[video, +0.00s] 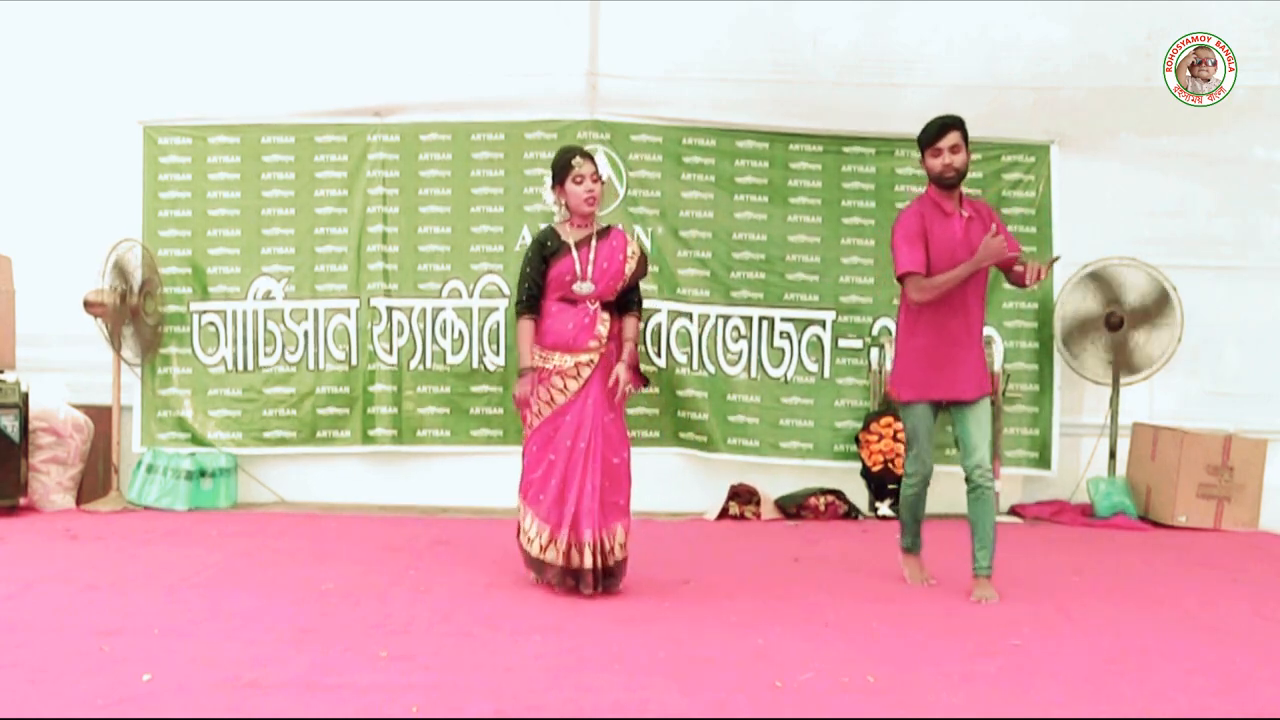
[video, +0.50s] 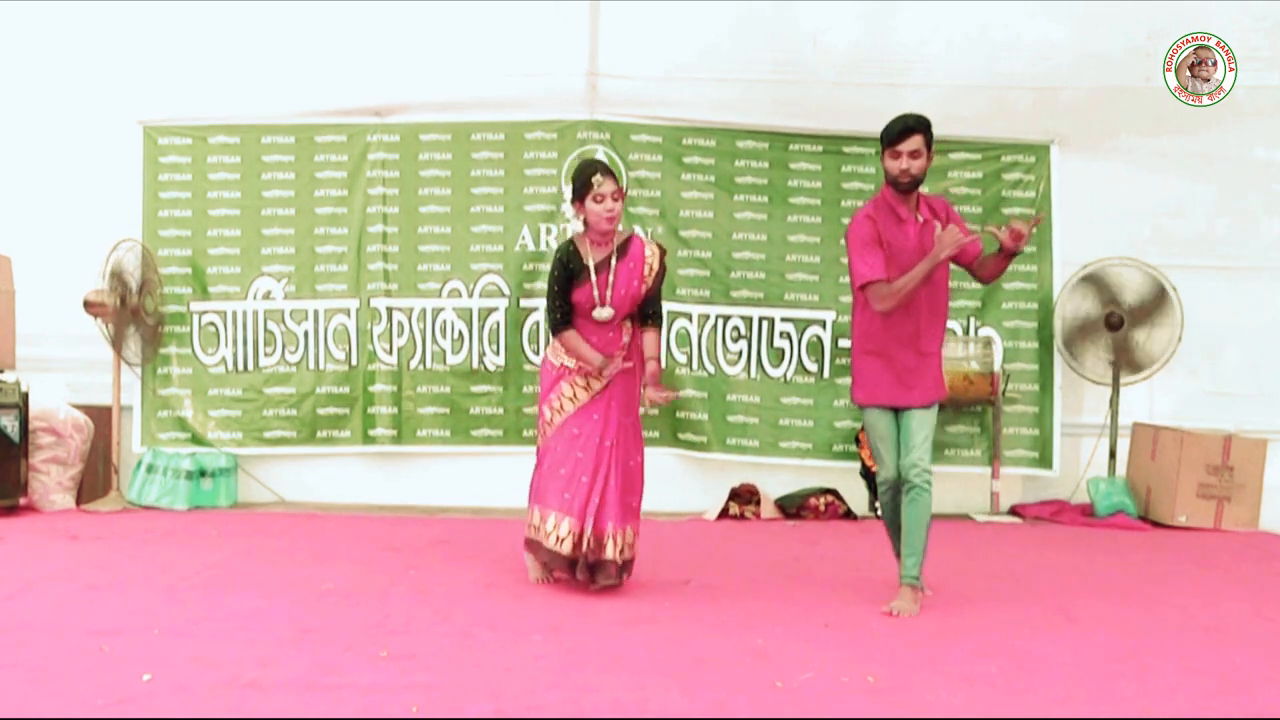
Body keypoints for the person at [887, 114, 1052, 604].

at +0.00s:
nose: (949, 158)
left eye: (956, 149)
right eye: (938, 152)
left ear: (969, 155)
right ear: (924, 160)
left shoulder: (982, 213)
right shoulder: (911, 219)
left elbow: (1013, 268)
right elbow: (917, 291)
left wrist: (1026, 274)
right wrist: (981, 261)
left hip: (968, 360)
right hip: (918, 362)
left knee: (979, 471)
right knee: (919, 469)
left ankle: (982, 575)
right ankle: (911, 552)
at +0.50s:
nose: (906, 164)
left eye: (916, 156)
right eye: (896, 155)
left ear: (929, 159)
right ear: (883, 158)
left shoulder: (940, 214)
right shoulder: (866, 221)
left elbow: (985, 271)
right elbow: (880, 298)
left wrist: (1007, 249)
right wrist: (934, 256)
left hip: (922, 364)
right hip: (875, 365)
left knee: (916, 470)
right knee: (891, 475)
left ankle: (911, 584)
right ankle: (909, 573)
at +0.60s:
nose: (887, 176)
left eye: (897, 167)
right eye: (879, 166)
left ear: (913, 171)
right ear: (865, 167)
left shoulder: (922, 226)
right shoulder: (845, 232)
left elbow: (964, 293)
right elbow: (846, 311)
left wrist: (977, 267)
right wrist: (900, 268)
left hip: (909, 373)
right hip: (856, 374)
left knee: (910, 477)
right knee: (863, 486)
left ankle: (908, 589)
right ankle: (878, 550)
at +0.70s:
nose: (869, 170)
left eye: (880, 162)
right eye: (862, 160)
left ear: (897, 165)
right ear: (849, 159)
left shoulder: (908, 216)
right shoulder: (829, 220)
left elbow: (953, 281)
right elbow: (828, 299)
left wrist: (966, 255)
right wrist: (881, 254)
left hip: (892, 362)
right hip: (838, 362)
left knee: (896, 475)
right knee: (844, 471)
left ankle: (901, 586)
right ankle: (856, 563)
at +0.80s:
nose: (841, 163)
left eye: (852, 155)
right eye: (833, 153)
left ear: (869, 157)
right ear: (821, 152)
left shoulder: (881, 205)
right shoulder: (800, 210)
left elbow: (931, 267)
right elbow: (803, 285)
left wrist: (946, 245)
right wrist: (860, 246)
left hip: (863, 356)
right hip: (812, 357)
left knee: (861, 460)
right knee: (826, 467)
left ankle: (862, 573)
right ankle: (849, 569)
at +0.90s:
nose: (822, 164)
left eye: (834, 156)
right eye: (815, 154)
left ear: (850, 159)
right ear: (803, 152)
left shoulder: (863, 207)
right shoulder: (780, 213)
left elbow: (911, 268)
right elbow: (784, 293)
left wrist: (929, 254)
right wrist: (844, 259)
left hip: (844, 359)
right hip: (795, 360)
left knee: (833, 465)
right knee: (811, 472)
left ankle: (828, 581)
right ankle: (845, 563)